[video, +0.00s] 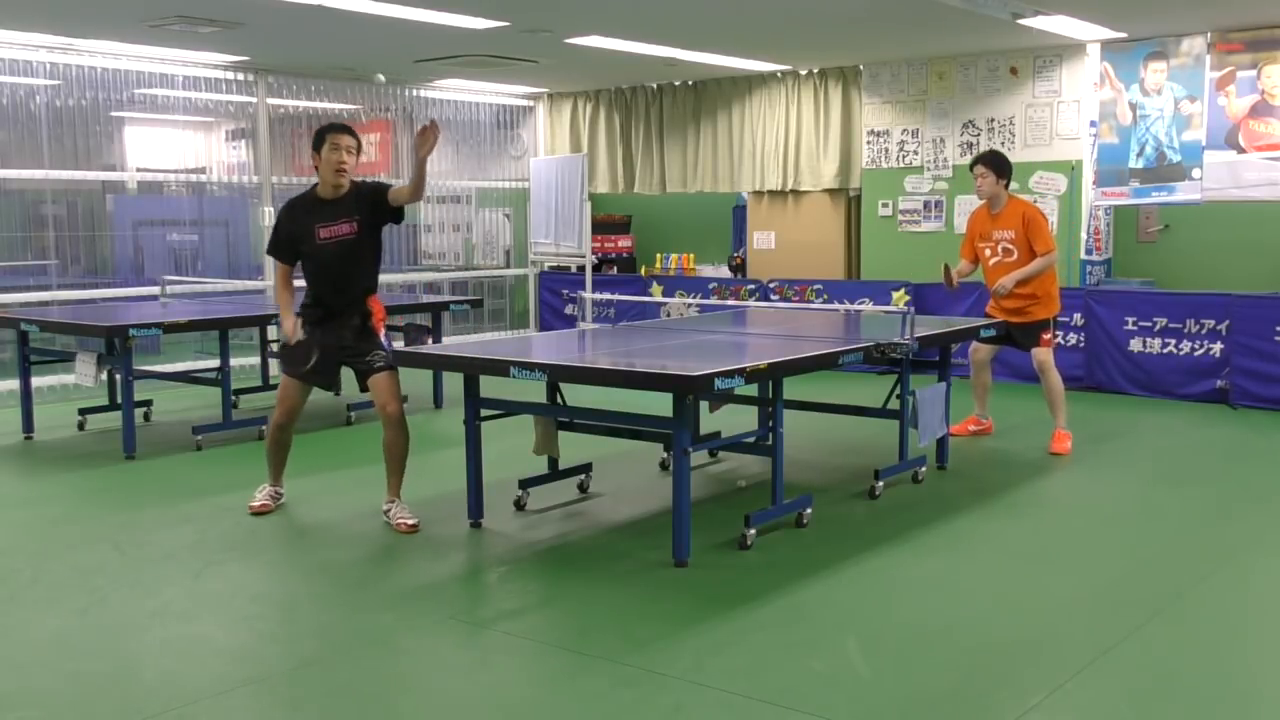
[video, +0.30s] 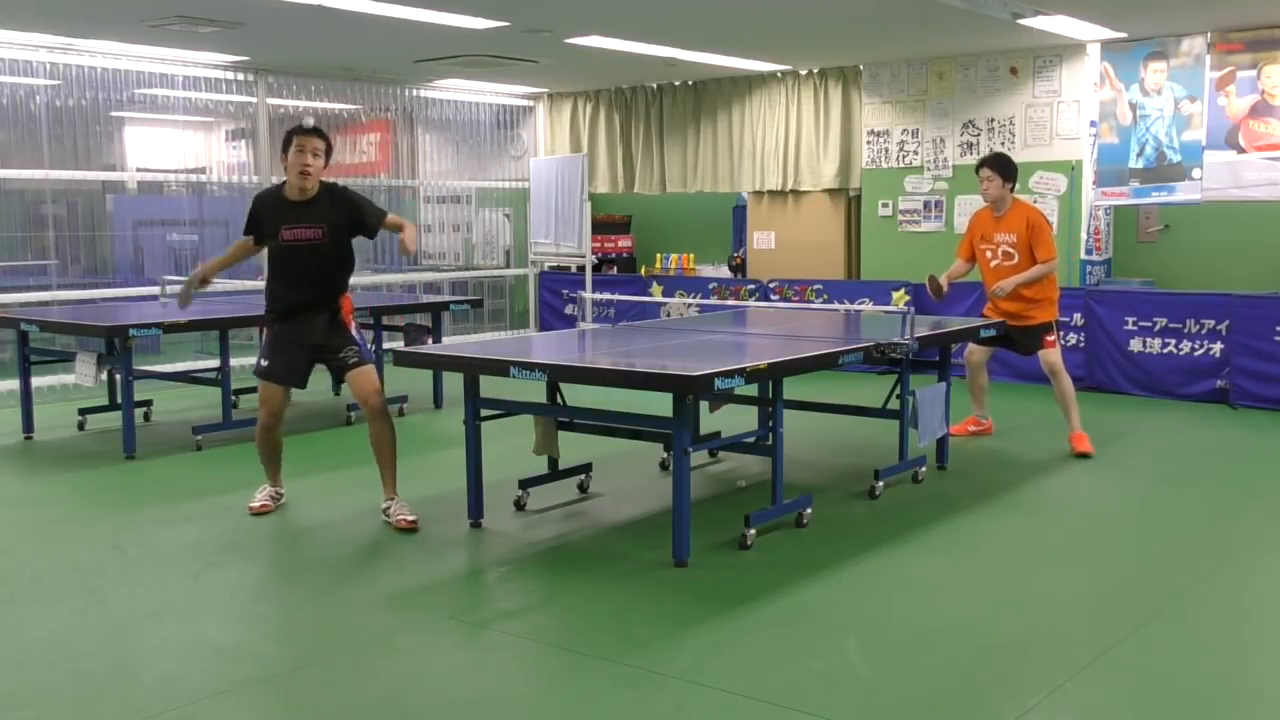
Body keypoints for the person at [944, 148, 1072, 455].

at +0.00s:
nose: (977, 183)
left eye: (983, 177)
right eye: (975, 177)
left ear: (1002, 179)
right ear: (975, 181)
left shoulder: (1028, 213)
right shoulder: (977, 218)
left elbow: (1050, 256)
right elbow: (970, 260)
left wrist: (1014, 277)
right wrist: (956, 273)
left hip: (1037, 306)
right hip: (1000, 306)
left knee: (1042, 360)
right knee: (978, 355)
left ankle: (1061, 429)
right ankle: (981, 419)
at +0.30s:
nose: (982, 186)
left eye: (989, 180)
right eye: (980, 180)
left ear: (1008, 183)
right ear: (979, 183)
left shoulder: (1031, 217)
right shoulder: (978, 220)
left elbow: (1050, 263)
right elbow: (966, 260)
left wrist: (1014, 281)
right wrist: (947, 277)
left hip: (1038, 310)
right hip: (998, 309)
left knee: (1053, 364)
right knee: (973, 358)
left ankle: (1077, 431)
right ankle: (981, 419)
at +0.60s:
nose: (1004, 193)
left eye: (1010, 187)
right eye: (1001, 187)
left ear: (1029, 190)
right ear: (999, 189)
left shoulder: (1054, 225)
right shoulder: (996, 224)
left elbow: (1072, 273)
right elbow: (975, 262)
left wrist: (1035, 288)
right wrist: (951, 275)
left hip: (1054, 317)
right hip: (1012, 315)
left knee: (1063, 369)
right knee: (973, 353)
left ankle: (1079, 434)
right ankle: (976, 416)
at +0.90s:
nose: (989, 209)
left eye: (995, 203)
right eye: (987, 203)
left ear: (1015, 204)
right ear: (986, 203)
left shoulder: (1043, 235)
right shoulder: (983, 237)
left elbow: (1057, 284)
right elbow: (955, 267)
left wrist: (1021, 289)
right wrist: (948, 286)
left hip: (1041, 320)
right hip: (998, 319)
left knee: (1055, 373)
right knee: (958, 362)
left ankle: (1076, 434)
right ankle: (947, 427)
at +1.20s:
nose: (965, 199)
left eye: (971, 193)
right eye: (963, 194)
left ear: (991, 196)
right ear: (963, 196)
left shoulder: (1019, 227)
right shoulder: (957, 233)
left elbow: (1047, 265)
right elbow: (914, 245)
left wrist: (1016, 282)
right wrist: (898, 235)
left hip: (1032, 318)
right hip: (989, 318)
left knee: (1052, 370)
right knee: (953, 358)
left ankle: (1075, 430)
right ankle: (947, 427)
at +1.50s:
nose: (1001, 184)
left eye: (1008, 178)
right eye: (999, 179)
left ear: (1027, 181)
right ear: (999, 182)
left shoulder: (1052, 216)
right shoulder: (999, 220)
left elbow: (1076, 256)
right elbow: (975, 256)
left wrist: (1046, 271)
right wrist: (945, 261)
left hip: (1053, 312)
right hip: (1015, 311)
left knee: (1058, 368)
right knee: (988, 355)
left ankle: (1075, 424)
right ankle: (957, 417)